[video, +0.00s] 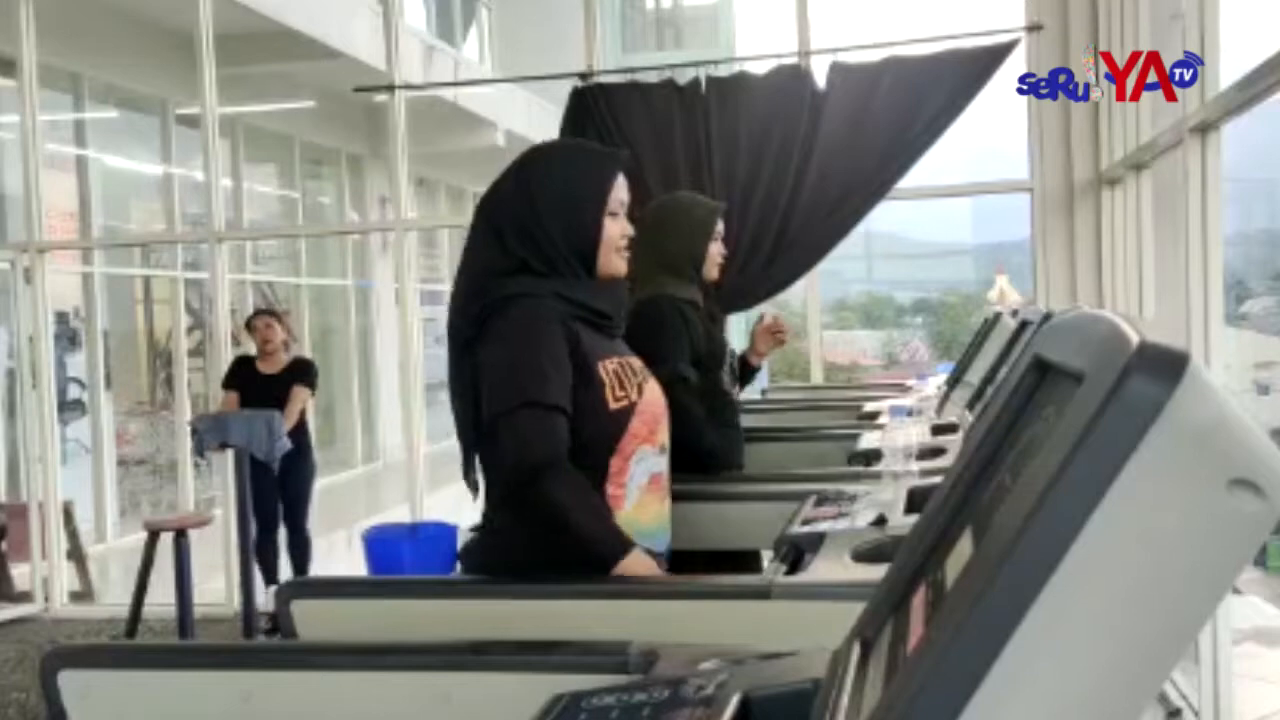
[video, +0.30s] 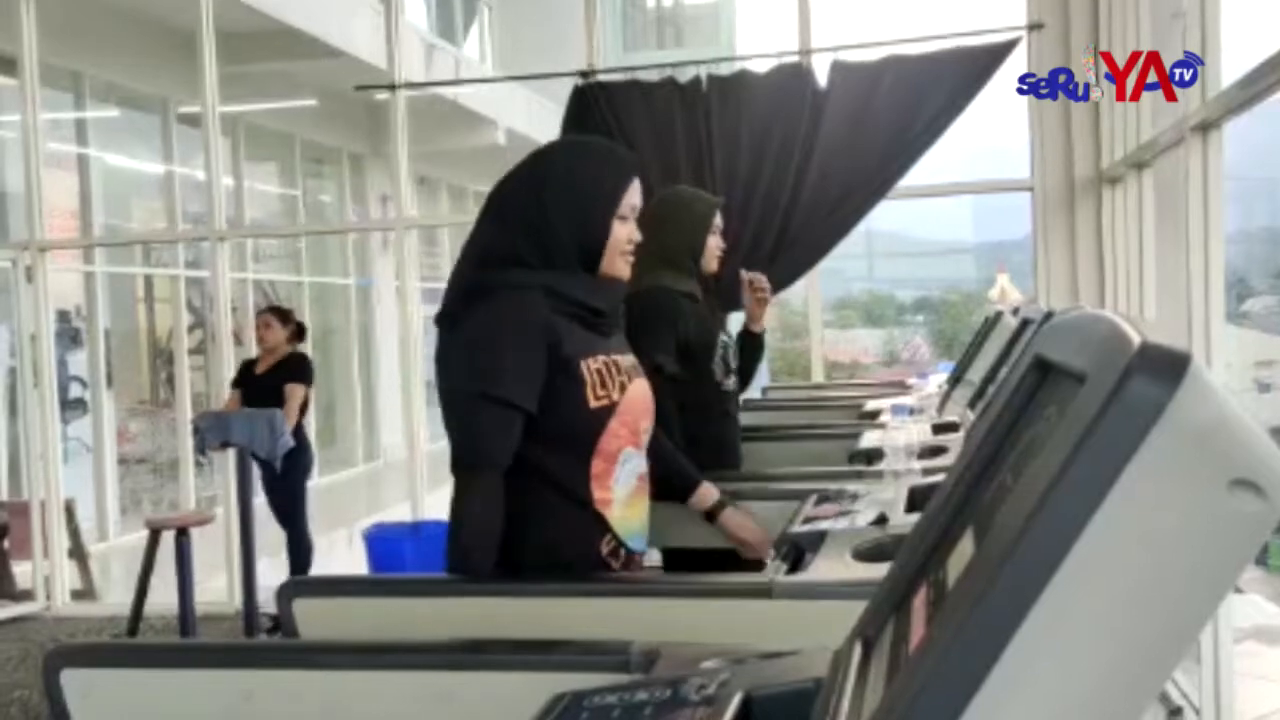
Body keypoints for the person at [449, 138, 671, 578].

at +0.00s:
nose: (629, 231)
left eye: (625, 215)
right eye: (613, 215)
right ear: (567, 217)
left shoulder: (587, 317)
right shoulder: (529, 320)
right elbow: (534, 470)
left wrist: (748, 362)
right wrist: (621, 556)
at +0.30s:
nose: (637, 236)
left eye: (636, 219)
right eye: (624, 218)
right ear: (576, 215)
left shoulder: (595, 311)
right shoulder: (508, 315)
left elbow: (635, 433)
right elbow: (480, 477)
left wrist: (718, 508)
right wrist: (469, 612)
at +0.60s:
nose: (641, 236)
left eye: (640, 219)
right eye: (629, 217)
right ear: (581, 211)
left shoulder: (584, 309)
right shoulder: (524, 313)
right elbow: (513, 481)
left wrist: (645, 531)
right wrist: (536, 609)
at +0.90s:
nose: (635, 250)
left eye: (633, 232)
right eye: (625, 231)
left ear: (579, 231)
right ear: (576, 226)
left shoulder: (564, 327)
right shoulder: (523, 327)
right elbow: (549, 466)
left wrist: (688, 527)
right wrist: (692, 492)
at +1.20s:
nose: (642, 219)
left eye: (642, 203)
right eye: (630, 202)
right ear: (580, 196)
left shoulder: (607, 294)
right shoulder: (516, 293)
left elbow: (648, 415)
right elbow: (477, 437)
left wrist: (773, 449)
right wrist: (581, 535)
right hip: (526, 580)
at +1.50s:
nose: (648, 233)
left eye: (646, 215)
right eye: (636, 215)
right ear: (585, 219)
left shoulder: (613, 319)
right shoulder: (522, 327)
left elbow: (654, 433)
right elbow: (454, 468)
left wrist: (768, 450)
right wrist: (529, 571)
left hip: (643, 581)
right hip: (572, 596)